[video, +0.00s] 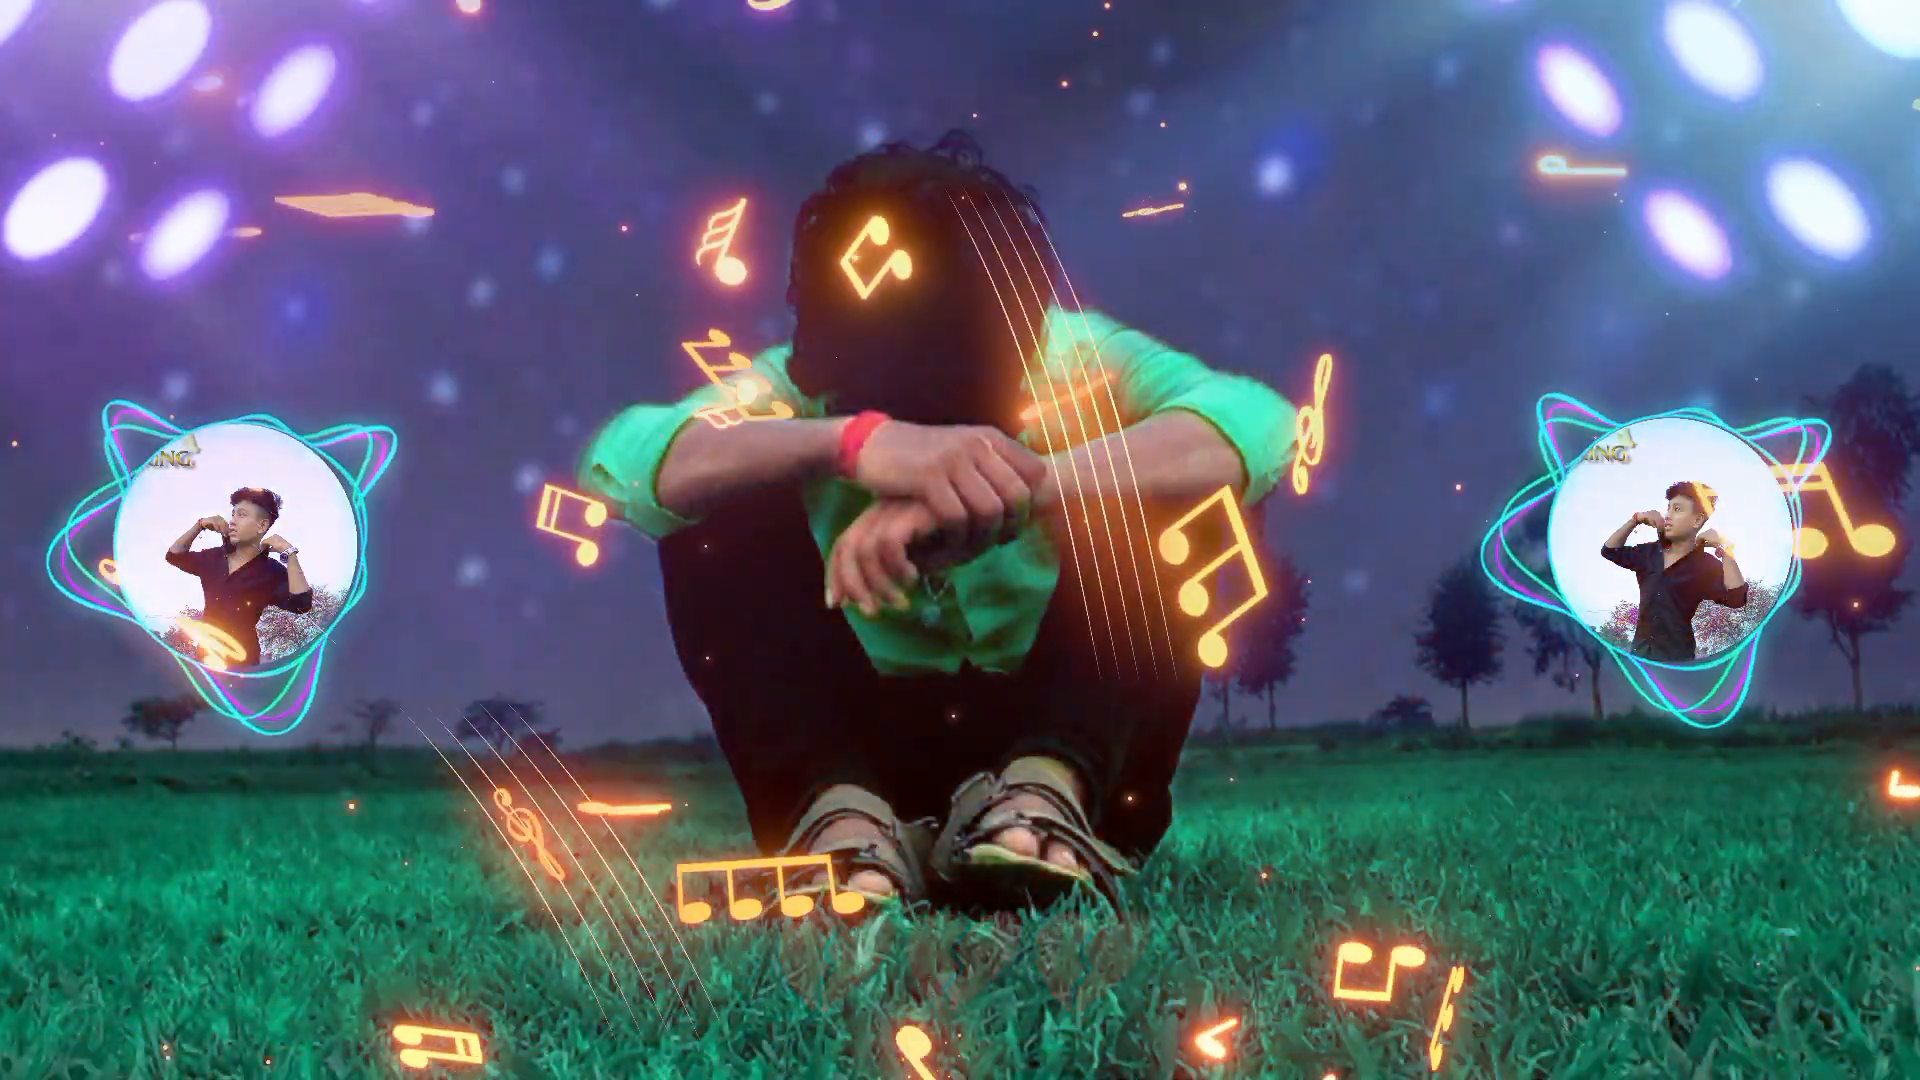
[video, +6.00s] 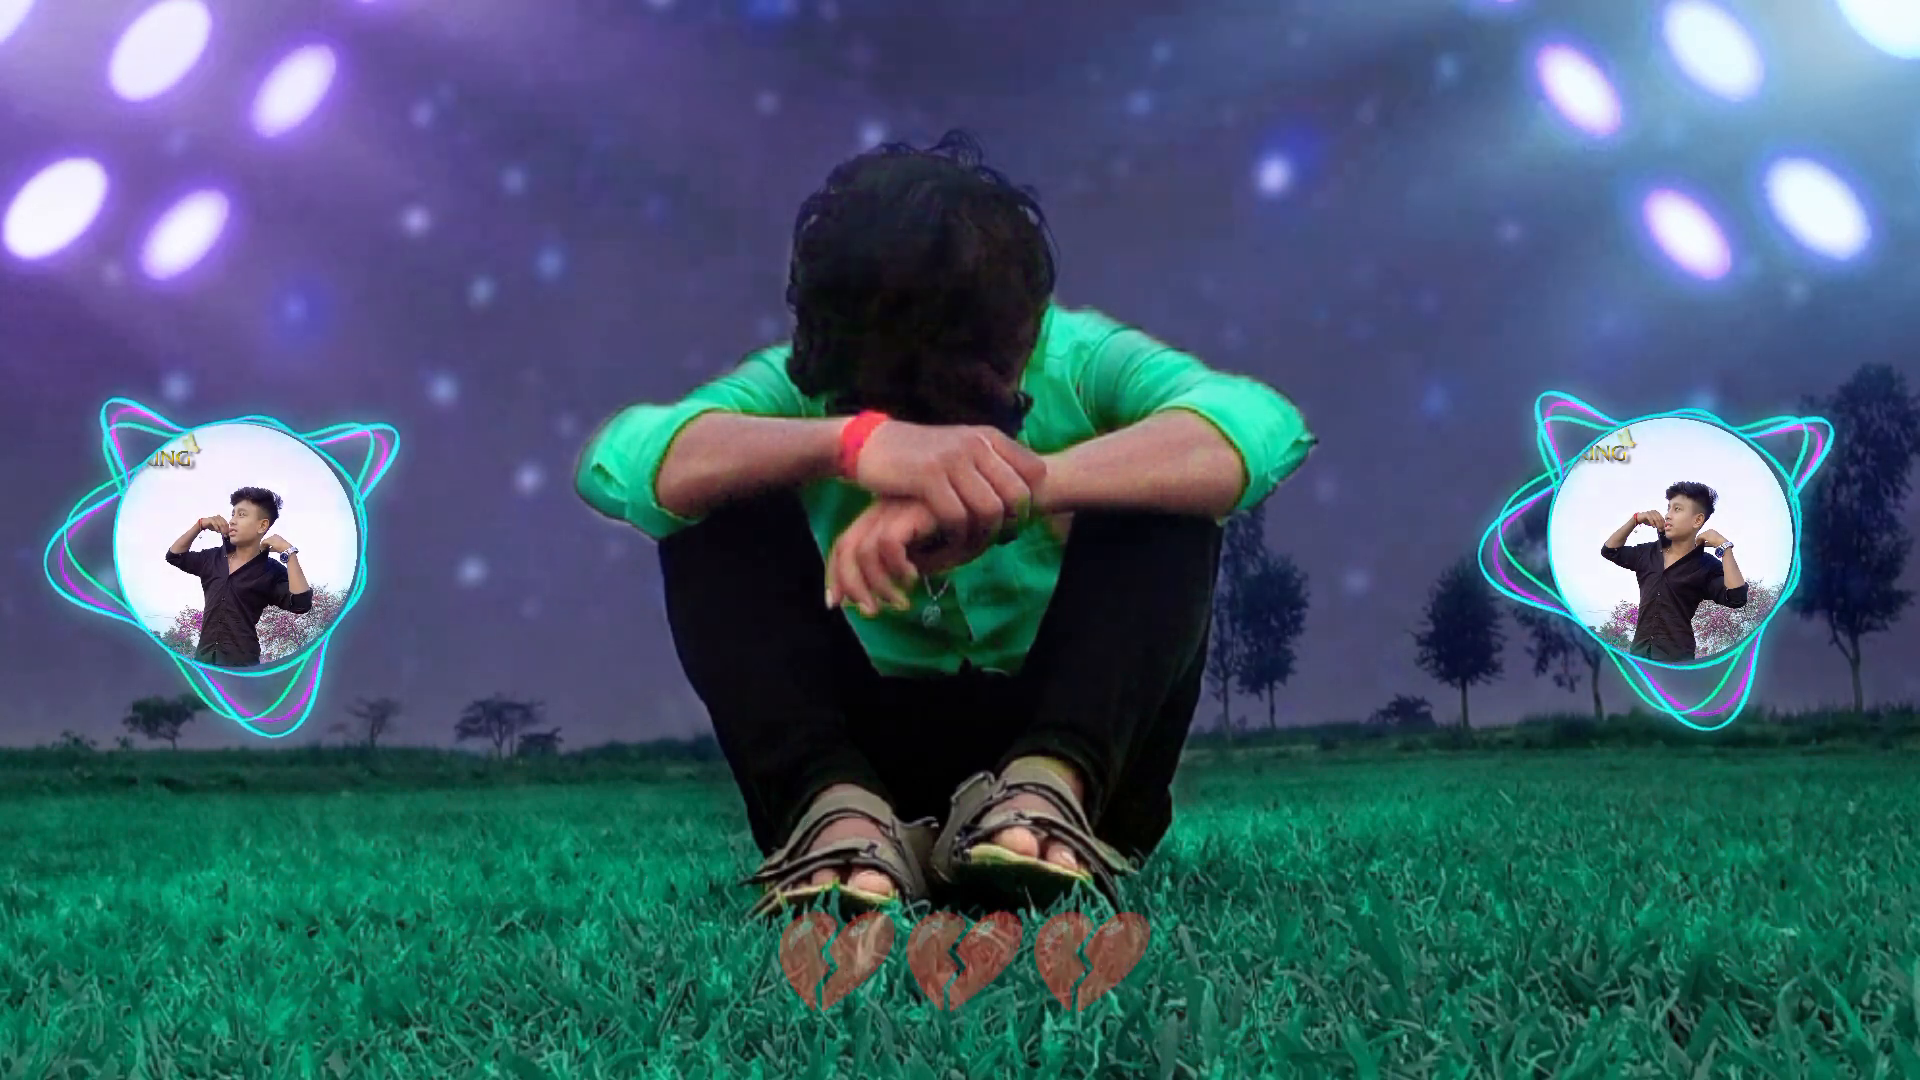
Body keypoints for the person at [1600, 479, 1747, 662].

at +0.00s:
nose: (1668, 515)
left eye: (1678, 509)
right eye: (1669, 508)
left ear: (1699, 520)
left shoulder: (1705, 565)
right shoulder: (1648, 553)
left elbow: (1737, 600)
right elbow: (1609, 551)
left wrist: (1725, 548)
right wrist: (1633, 521)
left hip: (1678, 659)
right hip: (1640, 654)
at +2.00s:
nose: (1667, 515)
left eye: (1677, 509)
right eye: (1669, 509)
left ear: (1698, 520)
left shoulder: (1706, 565)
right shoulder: (1651, 552)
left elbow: (1737, 600)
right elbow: (1609, 551)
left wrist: (1725, 547)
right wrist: (1634, 521)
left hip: (1677, 655)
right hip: (1640, 650)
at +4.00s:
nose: (1667, 515)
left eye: (1677, 509)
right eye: (1668, 509)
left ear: (1698, 520)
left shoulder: (1705, 564)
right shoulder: (1647, 553)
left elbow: (1737, 599)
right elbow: (1609, 551)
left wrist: (1725, 547)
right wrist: (1634, 520)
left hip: (1677, 658)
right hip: (1639, 653)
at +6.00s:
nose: (1667, 515)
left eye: (1677, 509)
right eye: (1668, 508)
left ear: (1698, 520)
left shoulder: (1705, 564)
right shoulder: (1647, 553)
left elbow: (1737, 599)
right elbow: (1609, 551)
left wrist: (1725, 547)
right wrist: (1634, 520)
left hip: (1677, 658)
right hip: (1639, 654)